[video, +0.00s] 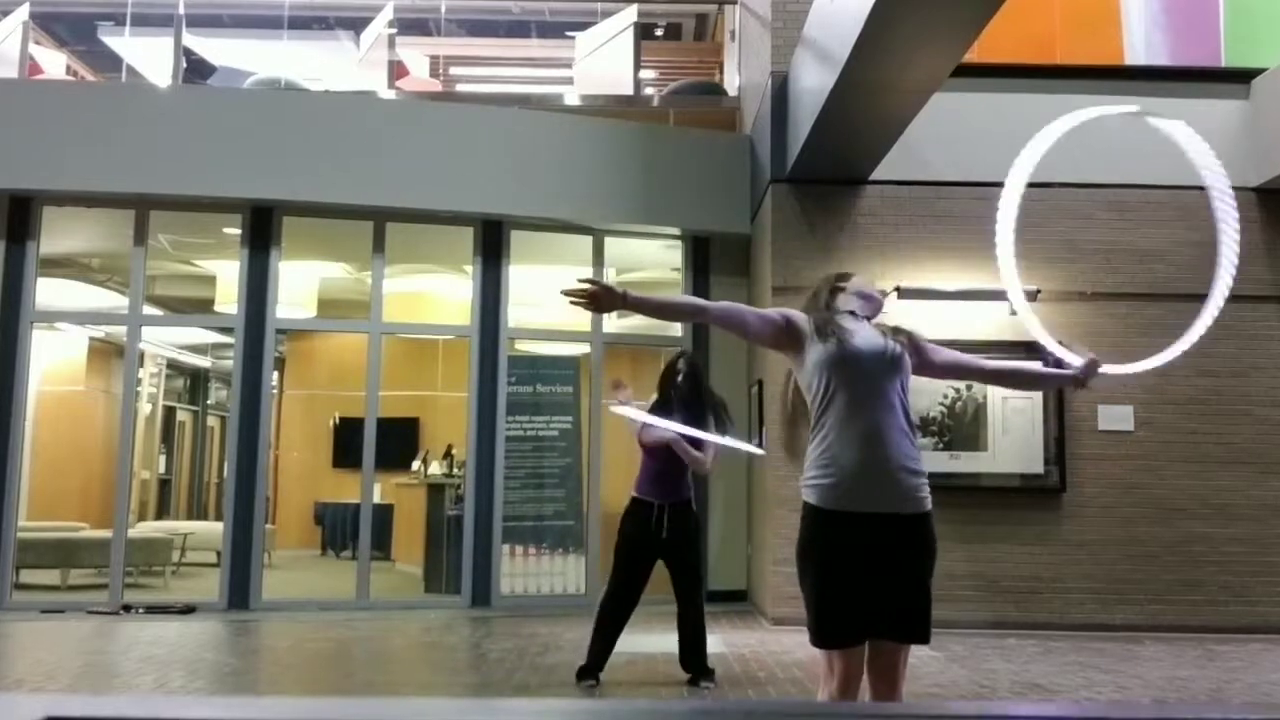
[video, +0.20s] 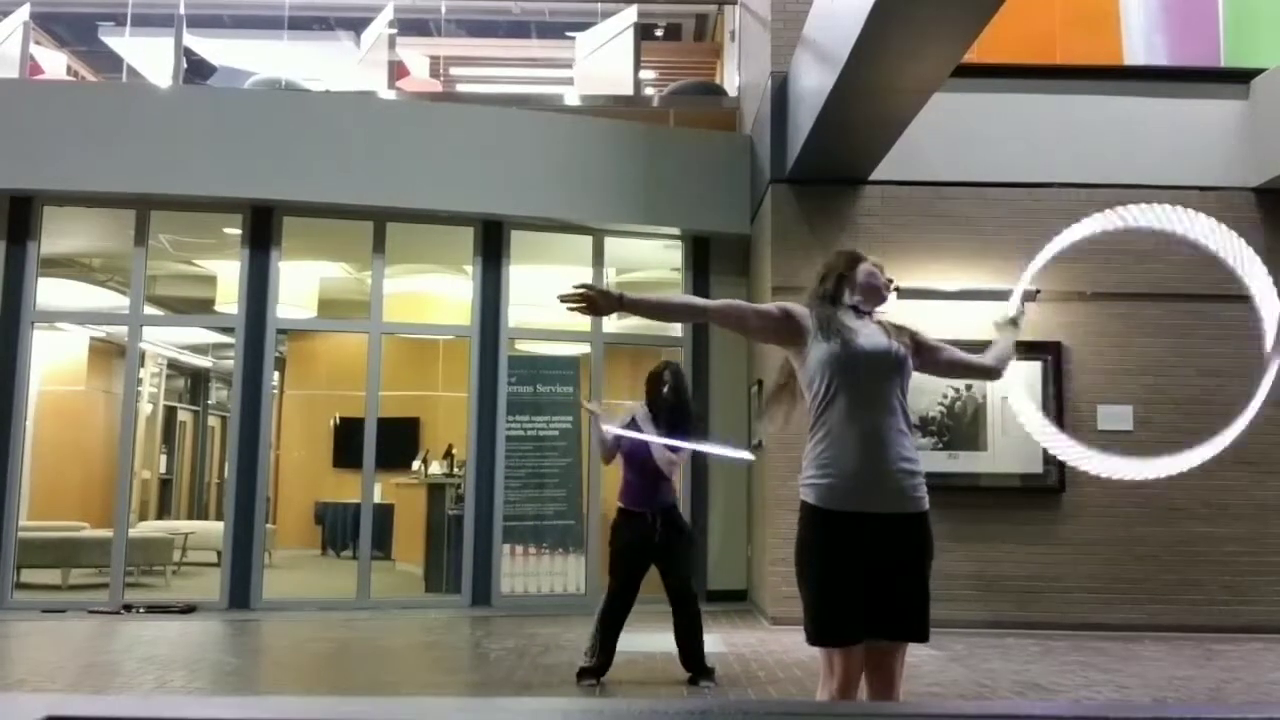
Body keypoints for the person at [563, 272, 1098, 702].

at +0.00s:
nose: (879, 292)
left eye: (880, 291)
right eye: (867, 287)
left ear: (872, 307)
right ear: (834, 292)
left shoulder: (903, 344)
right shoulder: (803, 331)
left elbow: (987, 368)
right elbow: (715, 313)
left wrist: (1064, 375)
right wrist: (628, 301)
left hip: (906, 515)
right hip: (832, 514)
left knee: (889, 675)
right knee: (844, 674)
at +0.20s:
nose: (884, 279)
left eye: (885, 276)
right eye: (873, 271)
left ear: (881, 293)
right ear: (842, 278)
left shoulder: (903, 338)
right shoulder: (806, 322)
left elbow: (991, 364)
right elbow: (709, 310)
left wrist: (1013, 325)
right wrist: (621, 302)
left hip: (903, 514)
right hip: (831, 512)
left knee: (887, 670)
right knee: (841, 670)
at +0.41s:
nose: (887, 257)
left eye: (886, 252)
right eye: (874, 251)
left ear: (878, 271)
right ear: (844, 263)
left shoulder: (902, 324)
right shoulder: (804, 317)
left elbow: (989, 346)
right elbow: (705, 317)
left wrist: (1014, 303)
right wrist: (620, 319)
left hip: (899, 508)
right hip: (830, 509)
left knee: (883, 675)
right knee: (841, 673)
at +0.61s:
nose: (892, 249)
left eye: (889, 242)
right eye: (881, 243)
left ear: (873, 259)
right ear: (853, 256)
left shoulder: (901, 322)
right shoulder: (809, 312)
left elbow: (981, 355)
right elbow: (719, 322)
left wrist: (1046, 340)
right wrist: (634, 331)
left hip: (894, 509)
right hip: (826, 507)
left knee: (882, 669)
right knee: (838, 670)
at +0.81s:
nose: (883, 244)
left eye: (881, 237)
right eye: (869, 237)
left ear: (876, 254)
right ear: (838, 252)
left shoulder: (901, 321)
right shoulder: (801, 315)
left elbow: (986, 364)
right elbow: (725, 342)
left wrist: (1075, 388)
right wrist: (658, 347)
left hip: (887, 505)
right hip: (819, 504)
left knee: (875, 668)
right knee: (830, 667)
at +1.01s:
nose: (866, 241)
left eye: (870, 234)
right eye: (852, 234)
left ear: (877, 253)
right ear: (824, 253)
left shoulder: (905, 323)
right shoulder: (797, 318)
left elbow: (971, 393)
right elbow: (750, 375)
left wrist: (1033, 460)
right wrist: (739, 375)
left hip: (883, 508)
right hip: (816, 508)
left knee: (874, 666)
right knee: (830, 667)